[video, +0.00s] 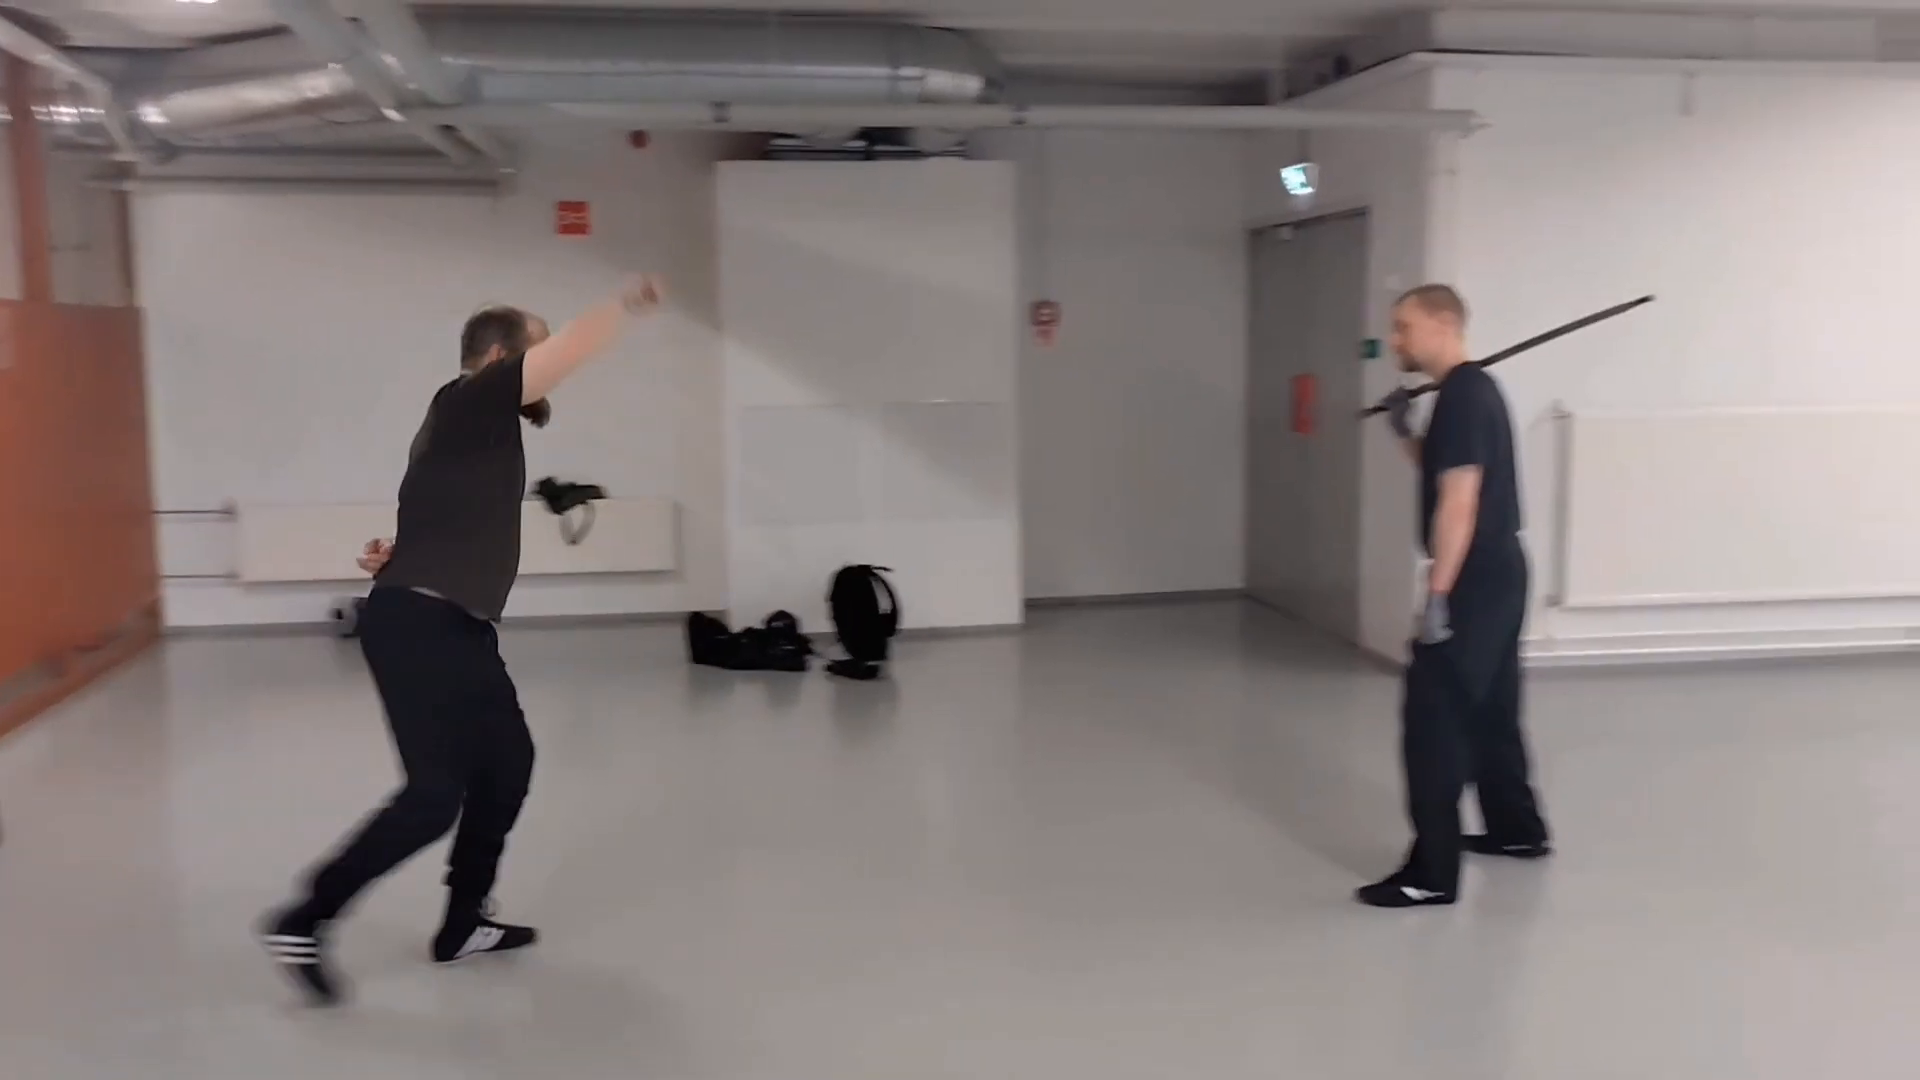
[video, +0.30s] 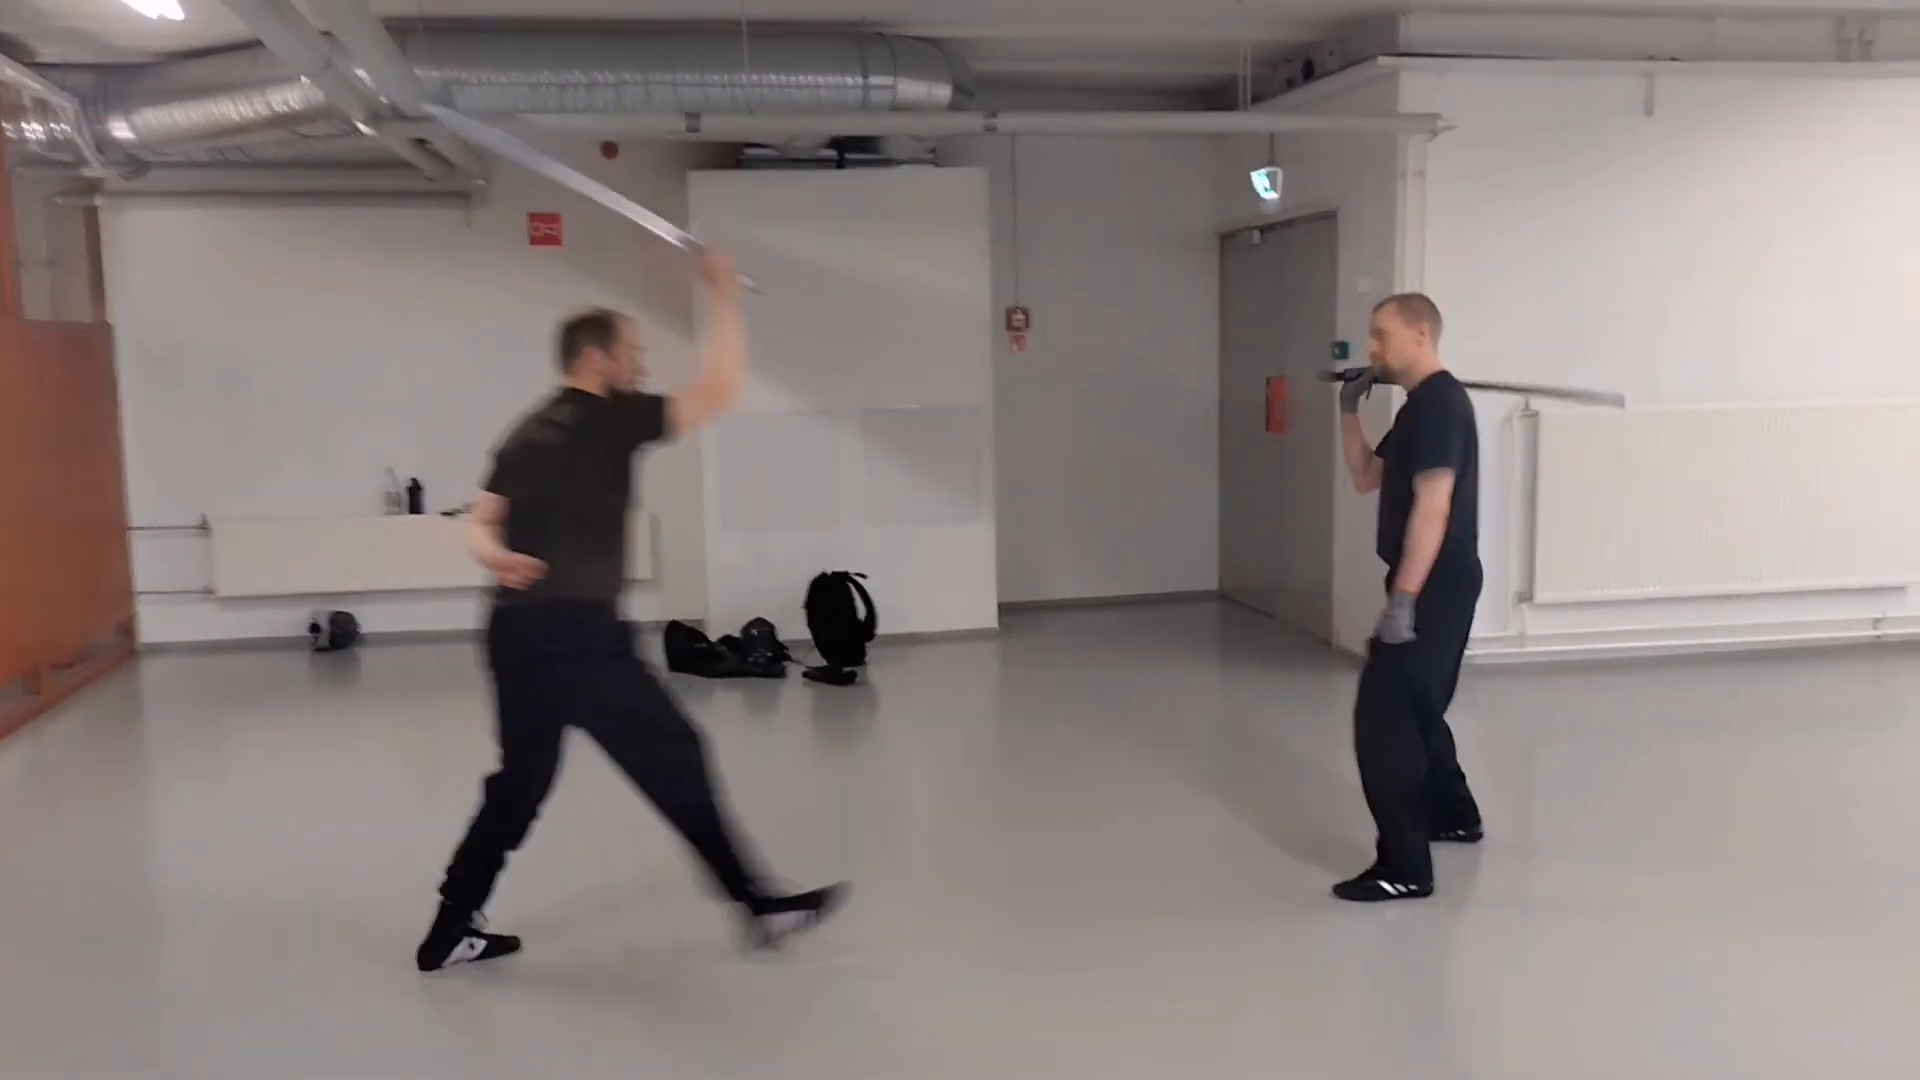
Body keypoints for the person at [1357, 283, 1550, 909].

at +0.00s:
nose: (1394, 342)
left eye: (1402, 328)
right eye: (1394, 330)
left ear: (1442, 325)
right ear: (1442, 329)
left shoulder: (1462, 393)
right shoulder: (1473, 388)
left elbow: (1460, 500)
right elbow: (1446, 476)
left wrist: (1436, 595)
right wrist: (1408, 432)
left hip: (1473, 574)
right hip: (1493, 568)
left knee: (1430, 712)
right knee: (1487, 703)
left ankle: (1433, 871)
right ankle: (1517, 828)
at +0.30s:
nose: (1371, 348)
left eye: (1379, 336)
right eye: (1372, 337)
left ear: (1419, 337)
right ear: (1417, 337)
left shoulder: (1438, 401)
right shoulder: (1420, 403)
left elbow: (1434, 506)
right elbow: (1366, 476)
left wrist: (1401, 597)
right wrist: (1350, 406)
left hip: (1433, 584)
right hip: (1428, 579)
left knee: (1382, 716)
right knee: (1415, 706)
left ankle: (1404, 869)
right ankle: (1453, 815)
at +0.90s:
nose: (1348, 344)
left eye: (1359, 333)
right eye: (1348, 334)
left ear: (1400, 334)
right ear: (1367, 341)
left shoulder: (1436, 409)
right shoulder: (1356, 403)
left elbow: (1451, 507)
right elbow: (1310, 457)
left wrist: (1422, 589)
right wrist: (1278, 455)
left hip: (1418, 579)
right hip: (1371, 575)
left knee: (1379, 705)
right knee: (1410, 702)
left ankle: (1375, 862)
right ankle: (1452, 825)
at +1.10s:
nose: (1308, 347)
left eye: (1320, 336)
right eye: (1309, 337)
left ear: (1362, 344)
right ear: (1325, 346)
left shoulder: (1396, 421)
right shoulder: (1309, 412)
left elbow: (1411, 522)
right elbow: (1259, 482)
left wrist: (1390, 608)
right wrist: (1199, 488)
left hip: (1373, 593)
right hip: (1324, 587)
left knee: (1333, 717)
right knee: (1365, 709)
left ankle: (1340, 873)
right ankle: (1433, 808)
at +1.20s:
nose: (1285, 344)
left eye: (1297, 335)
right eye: (1286, 334)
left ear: (1338, 343)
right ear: (1314, 343)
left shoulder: (1371, 421)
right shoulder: (1281, 406)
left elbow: (1387, 525)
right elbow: (1216, 457)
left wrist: (1355, 608)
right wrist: (1150, 458)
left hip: (1341, 594)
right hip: (1289, 587)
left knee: (1313, 727)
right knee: (1288, 722)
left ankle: (1332, 874)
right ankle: (1376, 778)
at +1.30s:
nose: (1258, 339)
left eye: (1271, 330)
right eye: (1260, 329)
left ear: (1312, 341)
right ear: (1296, 340)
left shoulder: (1342, 419)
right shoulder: (1251, 400)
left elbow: (1356, 520)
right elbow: (1166, 430)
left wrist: (1332, 608)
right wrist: (1089, 417)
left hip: (1311, 600)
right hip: (1253, 593)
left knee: (1303, 735)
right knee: (1219, 715)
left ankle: (1332, 872)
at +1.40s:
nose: (1227, 339)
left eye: (1239, 330)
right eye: (1228, 329)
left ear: (1281, 338)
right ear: (1239, 338)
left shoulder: (1312, 419)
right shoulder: (1210, 397)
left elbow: (1327, 523)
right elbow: (1118, 405)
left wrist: (1305, 614)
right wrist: (1043, 385)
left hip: (1279, 603)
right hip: (1215, 595)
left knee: (1301, 740)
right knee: (1162, 708)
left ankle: (1336, 869)